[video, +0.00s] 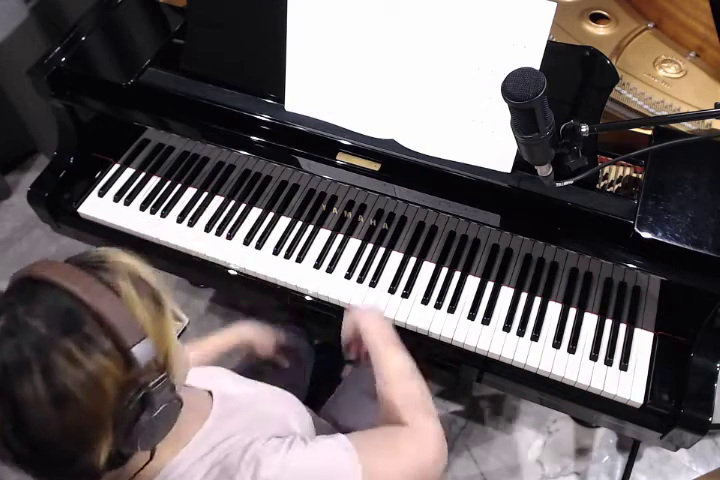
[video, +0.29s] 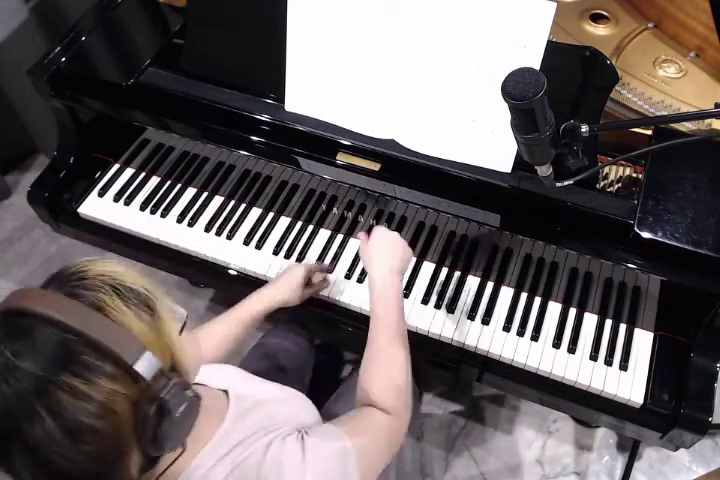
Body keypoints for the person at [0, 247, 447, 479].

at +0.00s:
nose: (176, 322)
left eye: (164, 313)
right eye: (166, 324)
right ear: (146, 373)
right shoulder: (262, 467)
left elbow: (147, 377)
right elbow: (423, 444)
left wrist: (237, 337)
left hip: (229, 386)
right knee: (381, 345)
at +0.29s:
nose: (175, 319)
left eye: (162, 314)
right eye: (163, 322)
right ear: (147, 379)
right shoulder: (279, 465)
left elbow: (181, 358)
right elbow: (386, 416)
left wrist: (267, 298)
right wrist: (386, 282)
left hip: (232, 381)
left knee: (284, 331)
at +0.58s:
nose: (213, 290)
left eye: (200, 287)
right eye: (200, 296)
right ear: (193, 364)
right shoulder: (295, 457)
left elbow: (215, 355)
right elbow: (380, 434)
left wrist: (291, 307)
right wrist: (387, 316)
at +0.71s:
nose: (244, 284)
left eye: (233, 283)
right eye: (236, 292)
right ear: (222, 355)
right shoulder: (319, 446)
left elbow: (216, 359)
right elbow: (384, 442)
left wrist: (291, 310)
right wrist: (383, 322)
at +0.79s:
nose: (258, 289)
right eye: (250, 292)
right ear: (233, 352)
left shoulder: (115, 407)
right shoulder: (316, 439)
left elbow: (191, 357)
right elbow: (389, 449)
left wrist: (288, 313)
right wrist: (382, 327)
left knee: (302, 339)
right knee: (388, 366)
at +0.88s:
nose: (271, 281)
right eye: (259, 282)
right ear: (252, 348)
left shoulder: (117, 390)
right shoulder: (319, 431)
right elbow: (392, 450)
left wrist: (285, 311)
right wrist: (381, 335)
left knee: (311, 340)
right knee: (393, 368)